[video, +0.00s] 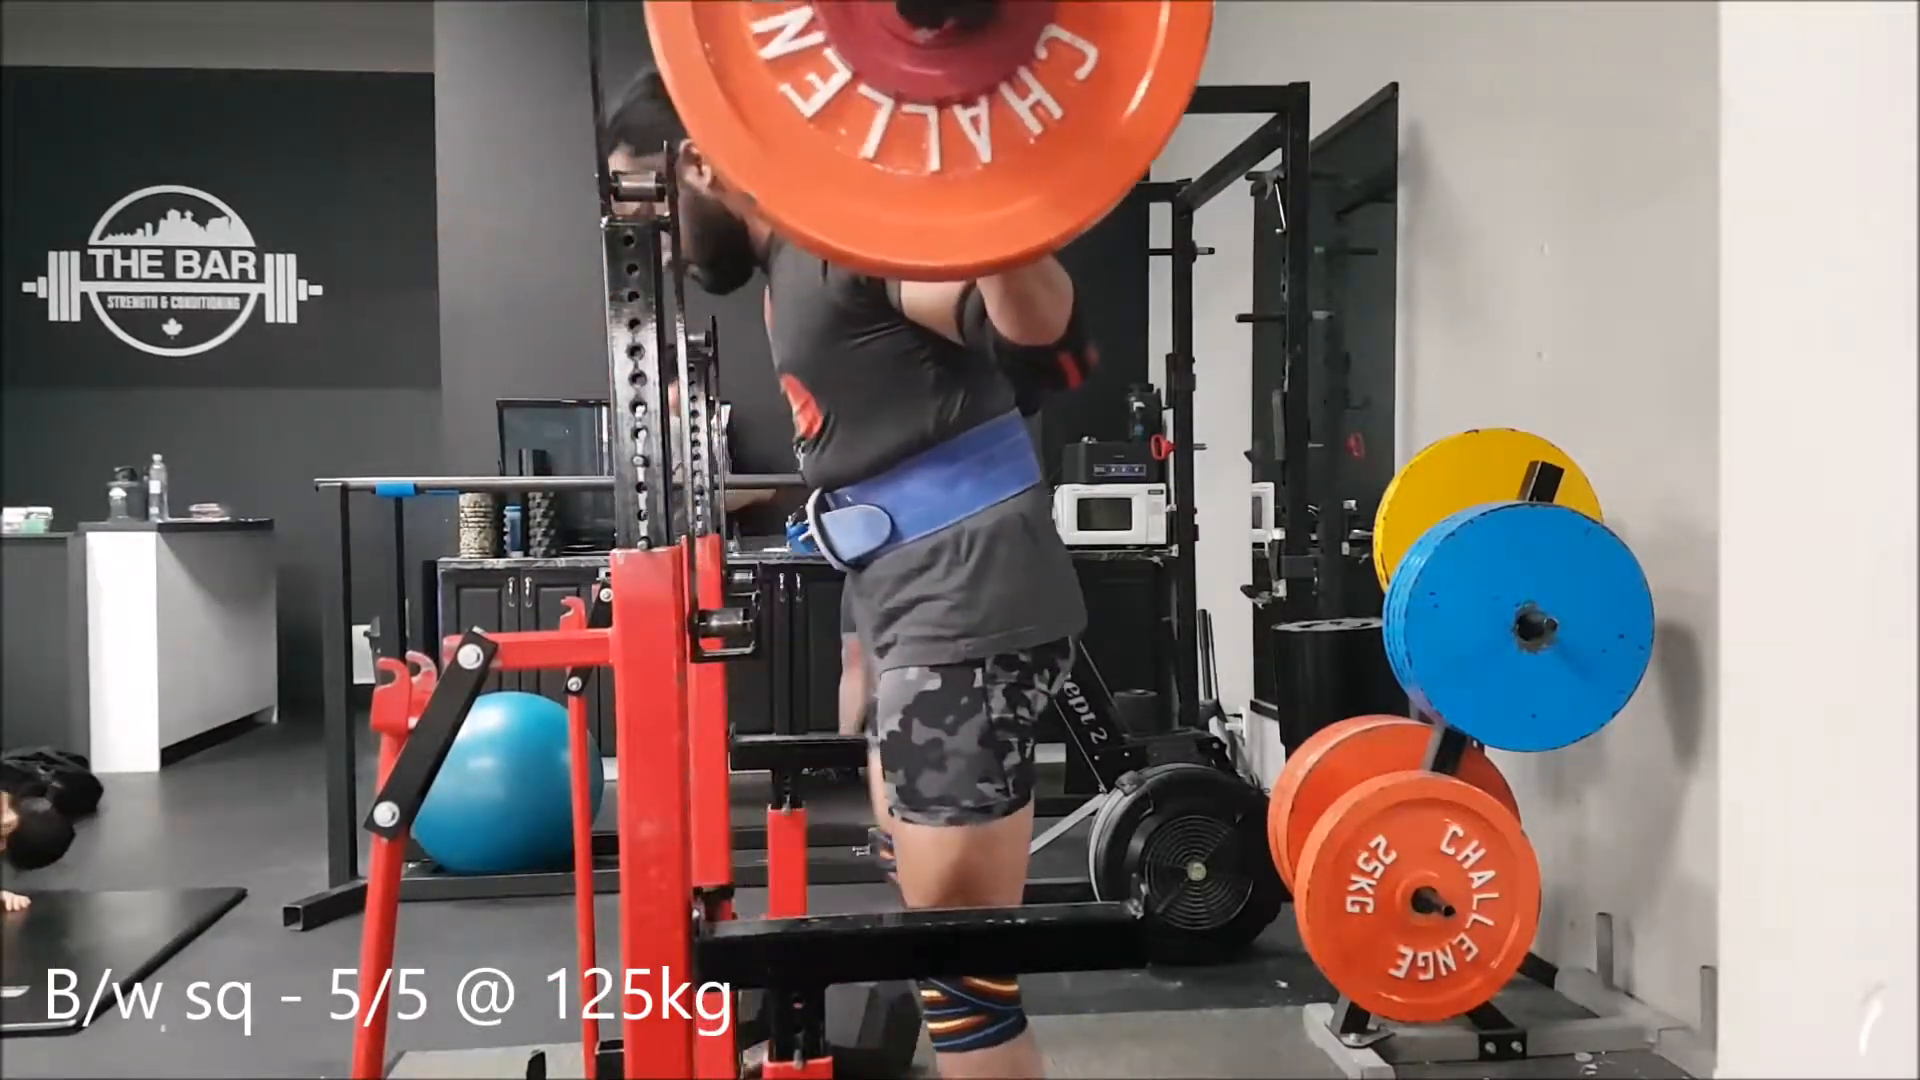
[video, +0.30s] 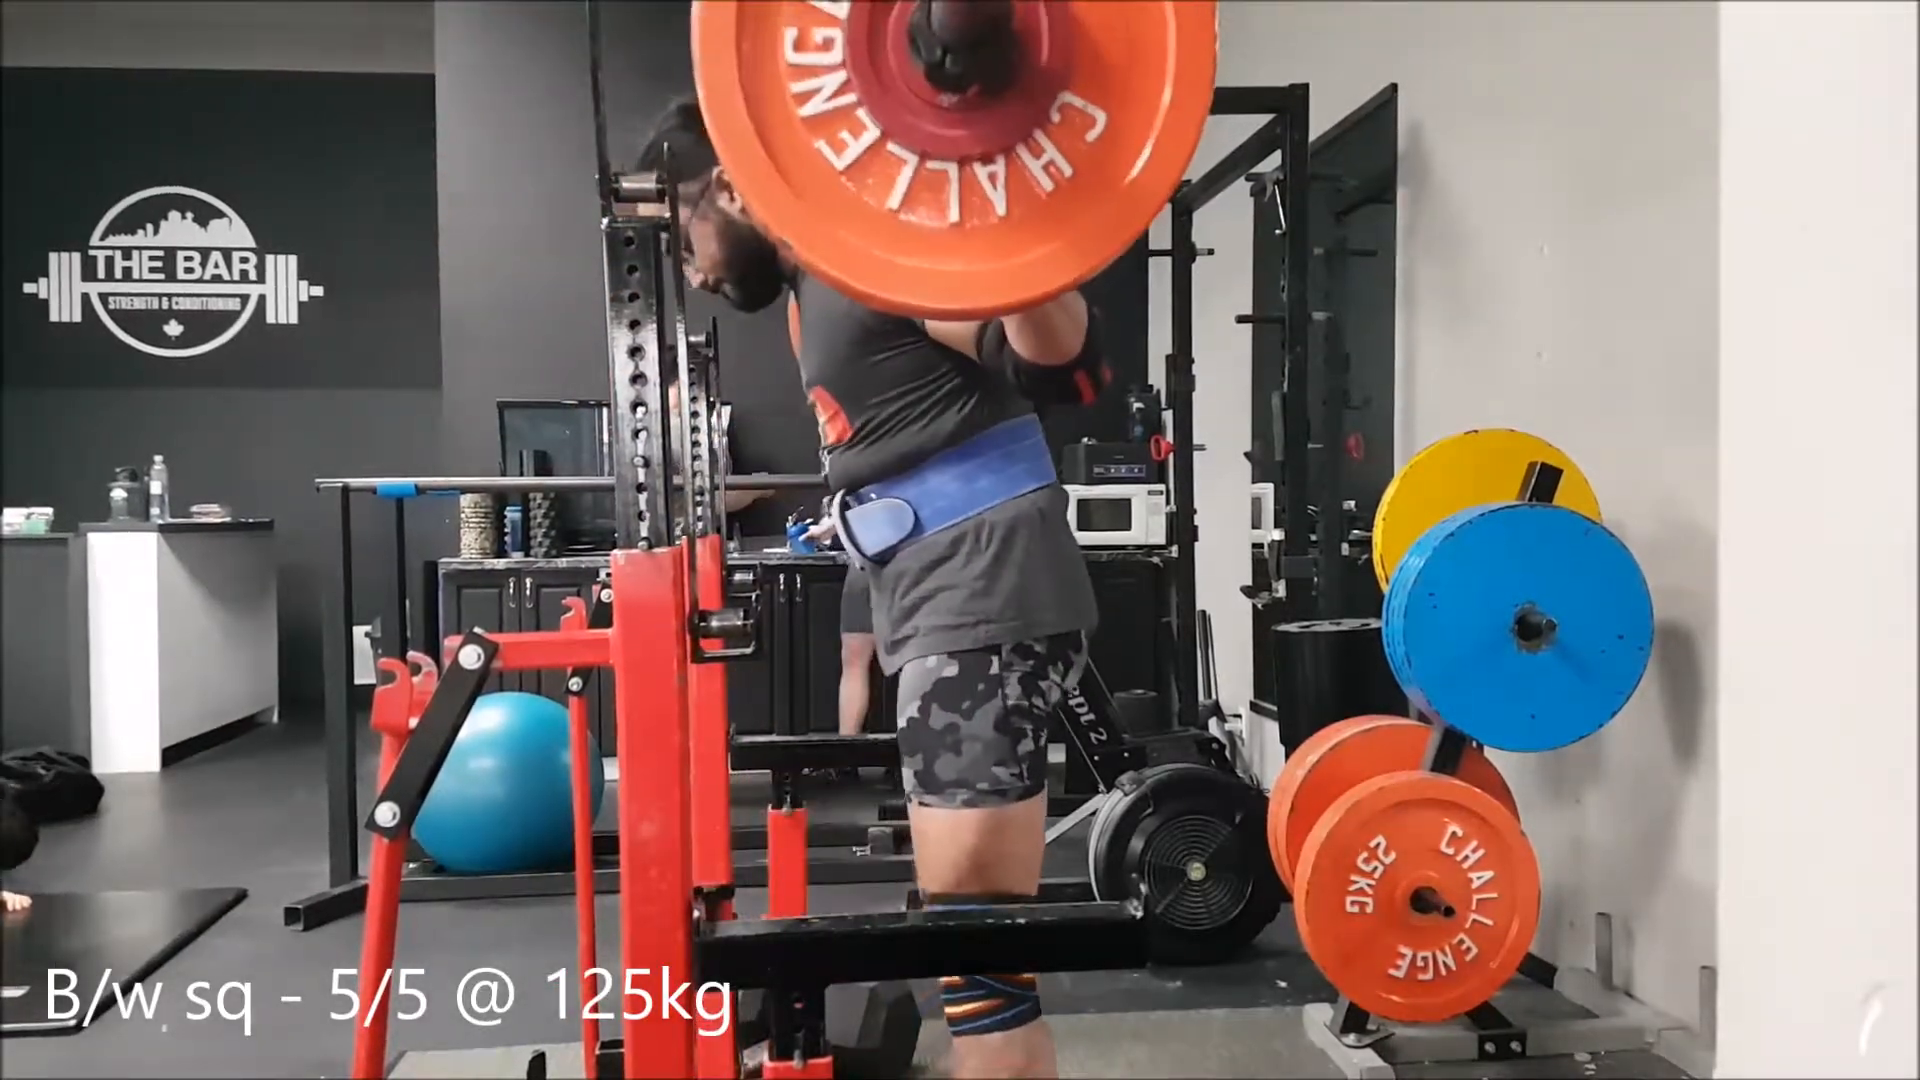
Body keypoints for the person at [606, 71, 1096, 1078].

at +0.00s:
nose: (662, 214)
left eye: (664, 182)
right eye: (645, 196)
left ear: (716, 150)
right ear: (710, 167)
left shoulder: (855, 230)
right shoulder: (787, 264)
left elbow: (1040, 320)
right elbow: (864, 460)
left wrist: (983, 168)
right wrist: (742, 499)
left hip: (965, 587)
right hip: (902, 594)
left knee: (961, 977)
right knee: (943, 957)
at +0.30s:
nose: (692, 263)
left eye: (687, 221)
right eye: (680, 230)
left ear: (733, 182)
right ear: (729, 192)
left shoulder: (864, 243)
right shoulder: (814, 278)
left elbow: (1053, 337)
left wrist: (1007, 184)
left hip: (979, 573)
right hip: (929, 582)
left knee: (977, 950)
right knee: (963, 944)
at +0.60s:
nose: (700, 271)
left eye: (693, 234)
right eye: (685, 246)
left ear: (739, 182)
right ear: (735, 194)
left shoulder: (874, 242)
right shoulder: (822, 274)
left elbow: (1059, 333)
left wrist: (1013, 181)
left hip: (986, 591)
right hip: (928, 596)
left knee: (1005, 943)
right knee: (973, 936)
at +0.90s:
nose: (707, 268)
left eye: (700, 231)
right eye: (690, 243)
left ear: (747, 174)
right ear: (743, 185)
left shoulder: (893, 240)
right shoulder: (830, 282)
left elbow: (1073, 329)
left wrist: (1028, 180)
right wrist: (866, 497)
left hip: (1001, 585)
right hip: (938, 594)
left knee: (1011, 935)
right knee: (982, 928)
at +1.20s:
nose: (722, 267)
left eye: (715, 233)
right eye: (705, 249)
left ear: (765, 172)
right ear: (760, 183)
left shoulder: (910, 240)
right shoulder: (841, 285)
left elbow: (1094, 333)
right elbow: (936, 427)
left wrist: (1061, 190)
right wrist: (869, 496)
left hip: (1017, 606)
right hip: (954, 610)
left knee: (1026, 941)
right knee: (984, 933)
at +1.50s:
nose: (734, 268)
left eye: (726, 235)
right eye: (716, 249)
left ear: (782, 180)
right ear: (778, 185)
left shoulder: (925, 236)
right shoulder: (862, 283)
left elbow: (1121, 338)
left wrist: (1105, 165)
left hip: (1038, 603)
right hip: (971, 611)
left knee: (1051, 948)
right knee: (1001, 935)